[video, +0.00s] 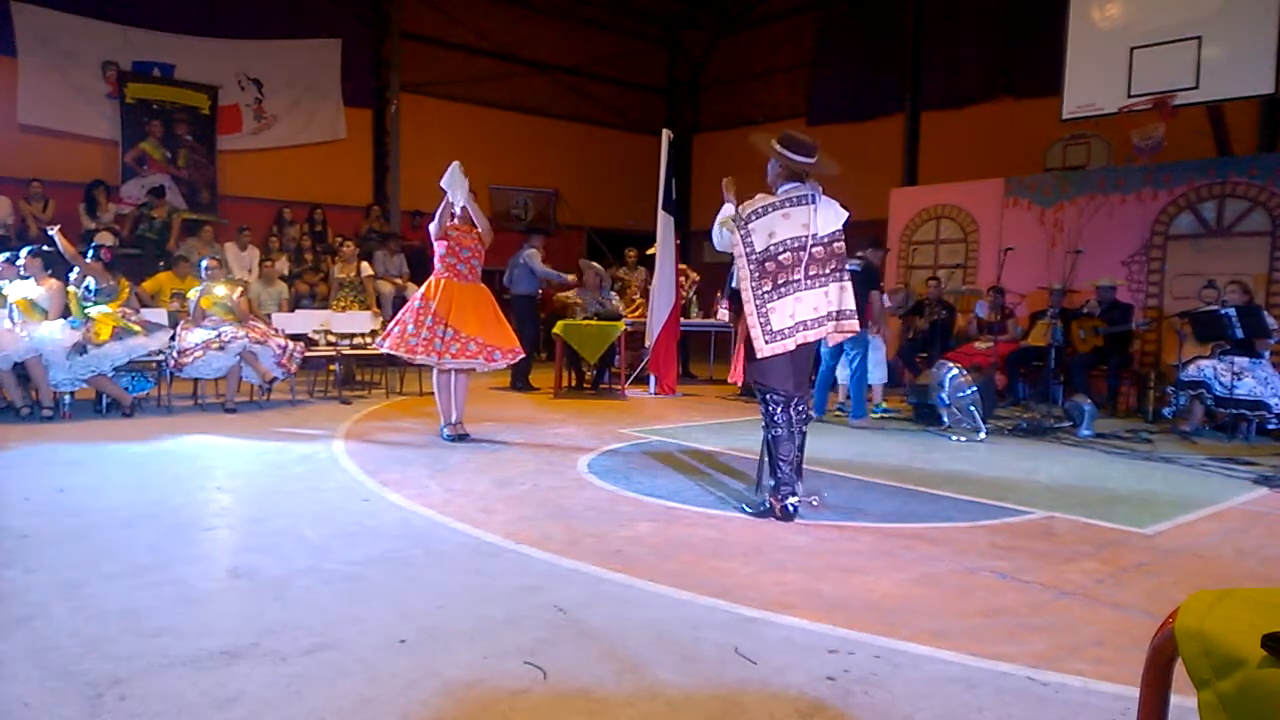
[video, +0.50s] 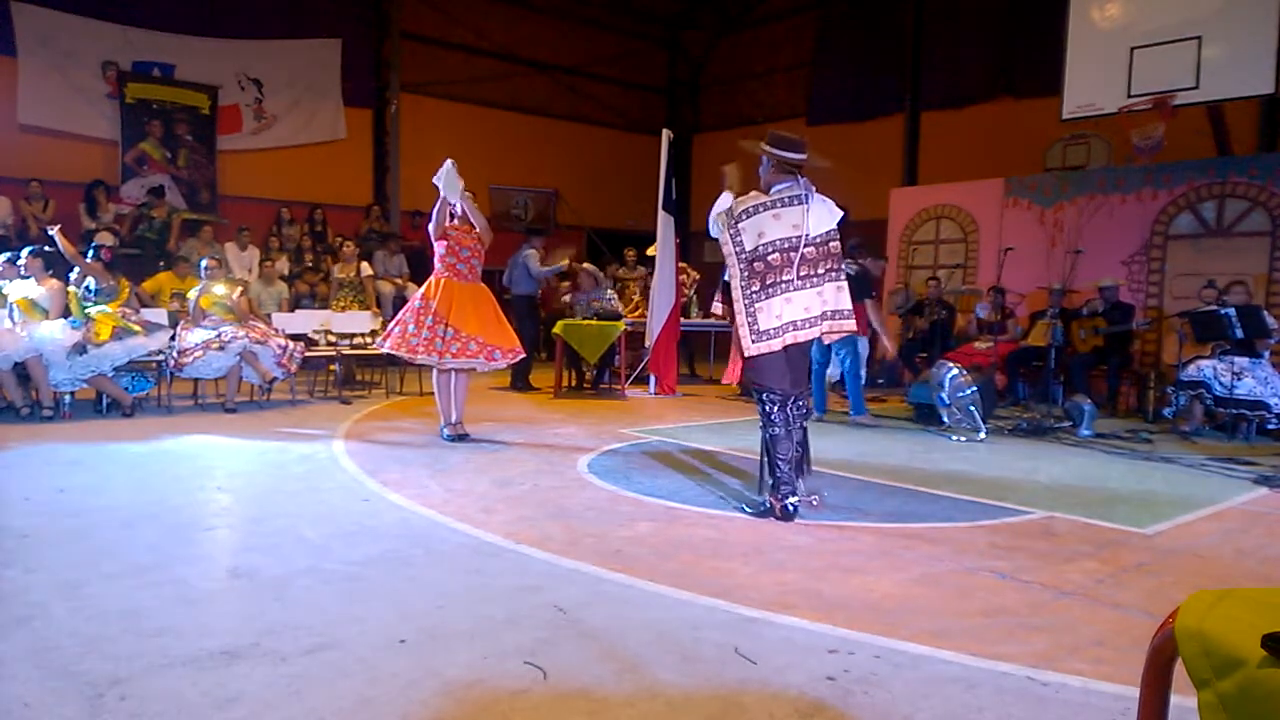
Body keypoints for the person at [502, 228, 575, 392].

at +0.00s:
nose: (543, 244)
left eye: (543, 240)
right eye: (541, 240)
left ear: (529, 240)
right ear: (535, 239)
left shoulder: (516, 256)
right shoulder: (531, 253)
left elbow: (507, 280)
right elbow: (540, 271)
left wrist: (525, 287)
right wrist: (565, 278)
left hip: (516, 298)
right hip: (527, 299)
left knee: (523, 337)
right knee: (530, 338)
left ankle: (518, 376)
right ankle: (522, 377)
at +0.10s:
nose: (543, 243)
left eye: (543, 239)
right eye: (541, 239)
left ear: (529, 239)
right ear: (536, 239)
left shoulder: (517, 256)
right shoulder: (531, 253)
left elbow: (507, 281)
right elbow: (540, 270)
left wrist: (525, 287)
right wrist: (564, 274)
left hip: (517, 298)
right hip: (527, 299)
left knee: (524, 338)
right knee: (530, 338)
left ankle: (518, 377)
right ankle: (522, 377)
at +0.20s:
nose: (542, 243)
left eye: (543, 239)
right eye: (541, 239)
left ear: (528, 239)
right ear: (535, 239)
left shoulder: (516, 256)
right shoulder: (531, 253)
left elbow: (506, 281)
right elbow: (540, 270)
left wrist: (522, 286)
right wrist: (562, 262)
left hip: (516, 298)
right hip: (528, 299)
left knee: (524, 338)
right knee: (530, 338)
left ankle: (517, 376)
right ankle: (522, 377)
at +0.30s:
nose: (543, 243)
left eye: (543, 240)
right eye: (541, 239)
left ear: (528, 239)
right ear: (535, 239)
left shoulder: (517, 255)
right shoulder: (531, 253)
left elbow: (506, 281)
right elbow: (537, 269)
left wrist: (524, 285)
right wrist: (560, 273)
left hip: (516, 298)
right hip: (527, 299)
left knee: (524, 337)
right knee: (530, 338)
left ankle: (518, 376)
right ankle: (522, 378)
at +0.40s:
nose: (543, 243)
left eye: (543, 240)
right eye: (541, 240)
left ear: (528, 239)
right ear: (535, 239)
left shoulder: (517, 256)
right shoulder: (531, 253)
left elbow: (506, 281)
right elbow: (537, 271)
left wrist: (525, 285)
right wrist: (561, 277)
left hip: (516, 298)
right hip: (527, 299)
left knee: (524, 338)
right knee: (530, 338)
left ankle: (518, 376)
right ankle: (522, 377)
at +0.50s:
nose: (543, 244)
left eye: (543, 240)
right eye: (542, 240)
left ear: (528, 239)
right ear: (535, 240)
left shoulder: (516, 256)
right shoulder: (530, 253)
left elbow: (506, 280)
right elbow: (537, 272)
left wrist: (522, 285)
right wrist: (562, 266)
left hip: (516, 298)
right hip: (528, 299)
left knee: (523, 338)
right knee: (530, 338)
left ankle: (518, 376)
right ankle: (522, 378)